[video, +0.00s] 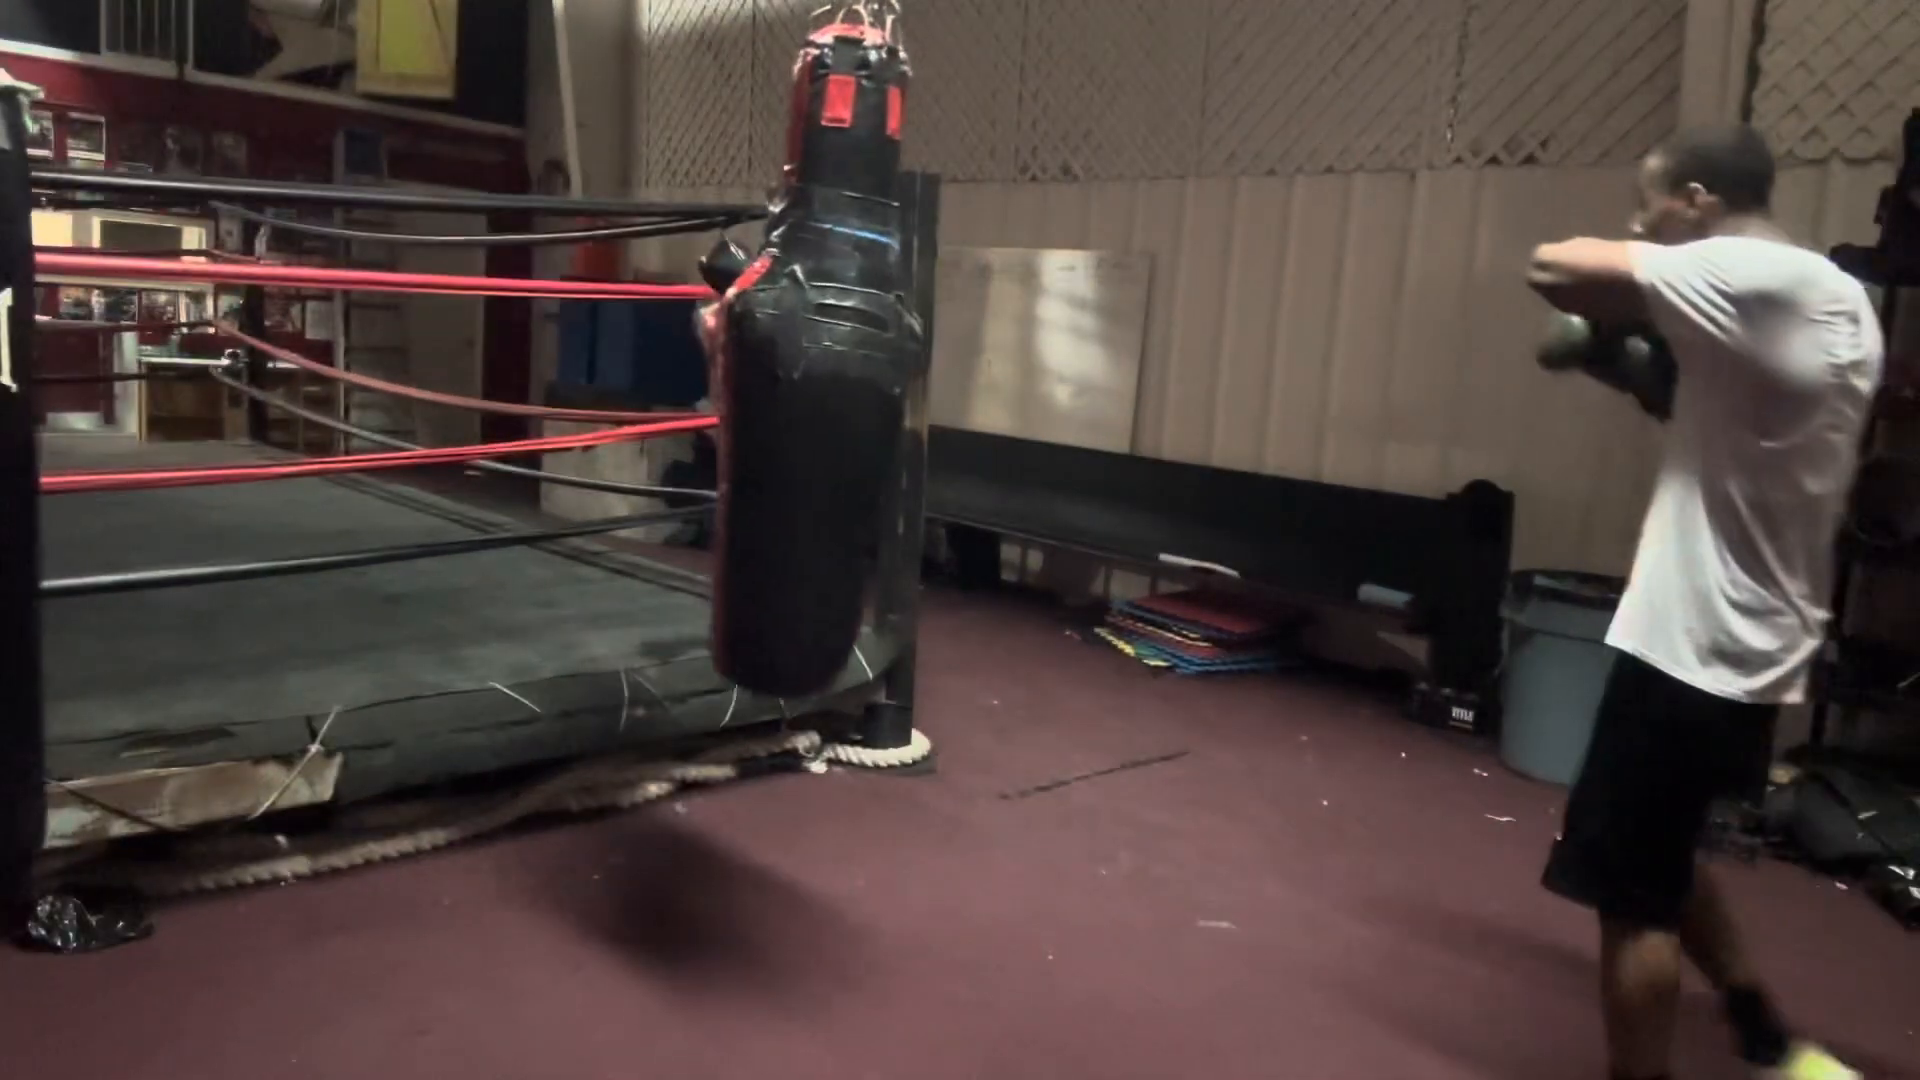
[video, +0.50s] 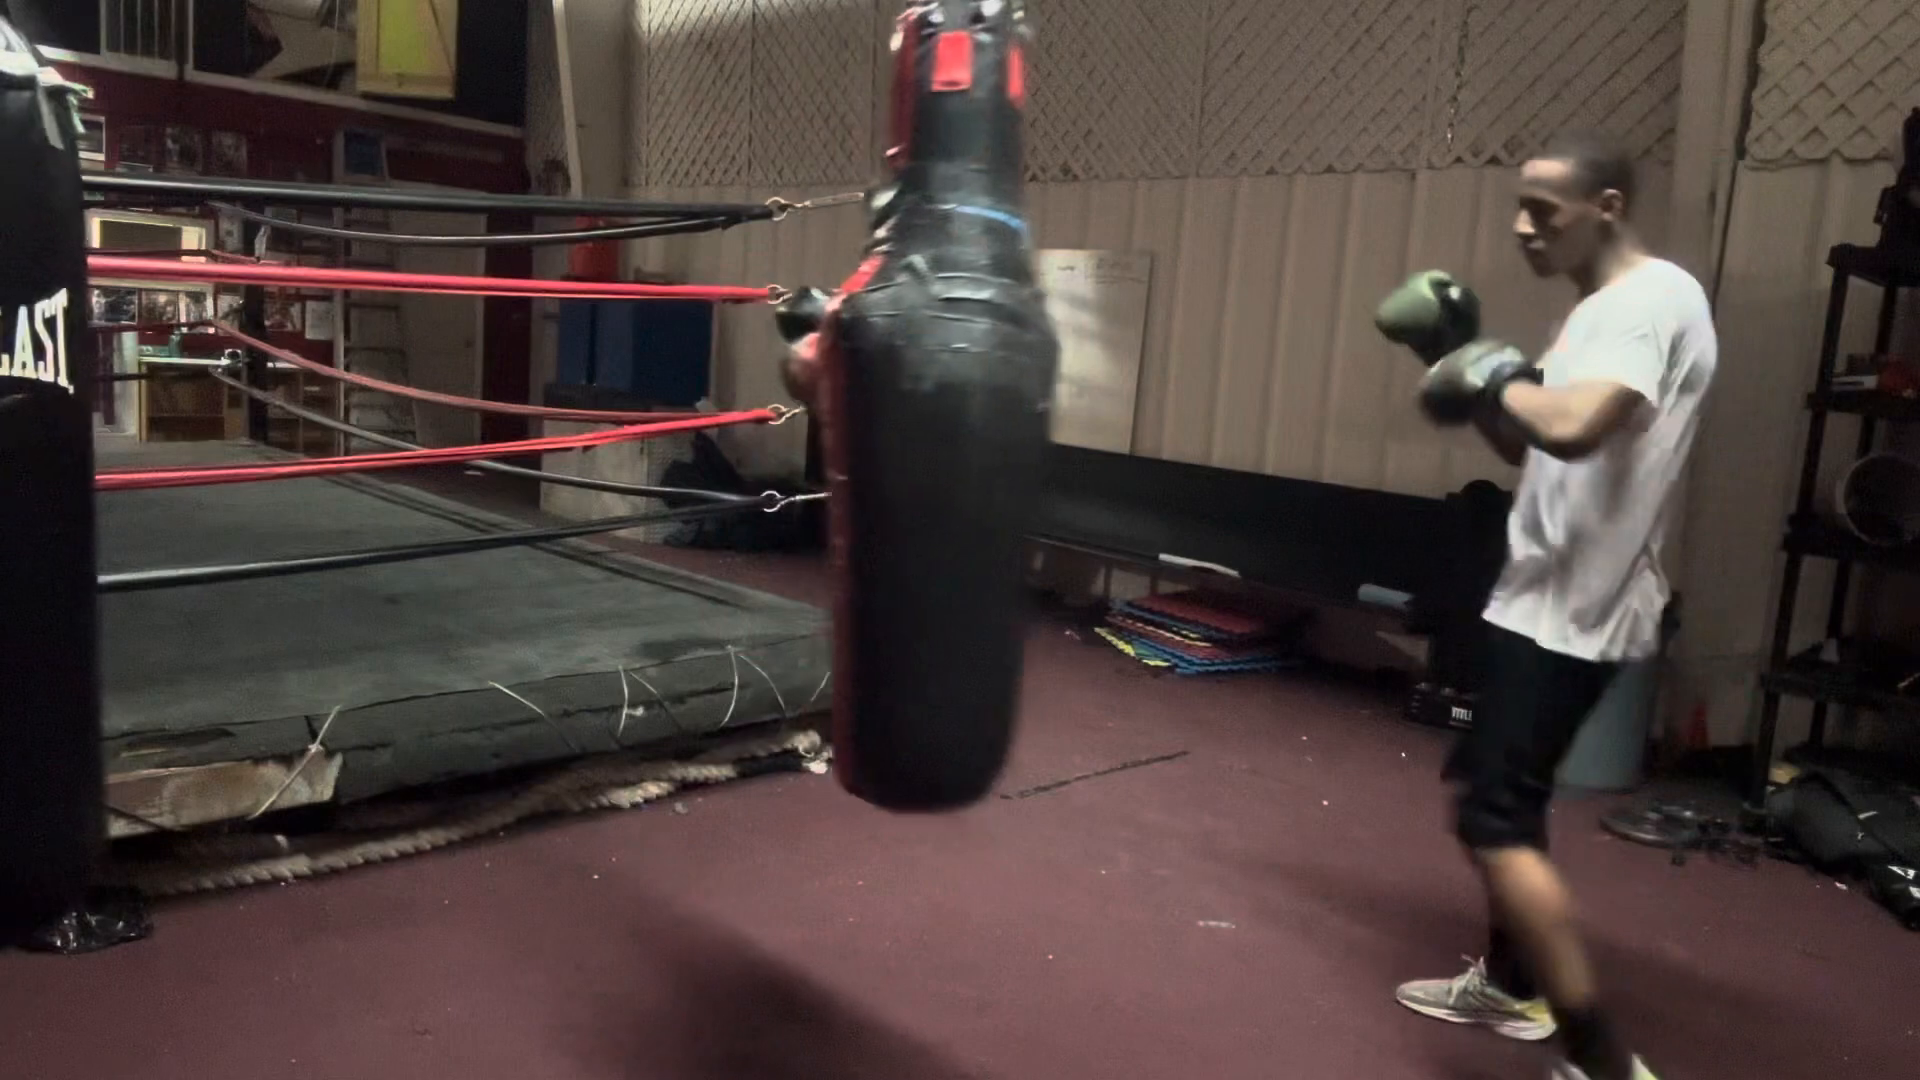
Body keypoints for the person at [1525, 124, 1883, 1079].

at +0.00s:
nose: (1647, 226)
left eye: (1654, 210)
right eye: (1647, 210)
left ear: (1698, 201)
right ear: (1755, 201)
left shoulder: (1743, 275)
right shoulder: (1848, 297)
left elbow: (1551, 262)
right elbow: (1741, 401)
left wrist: (1631, 304)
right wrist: (1628, 361)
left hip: (1689, 651)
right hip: (1757, 652)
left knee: (1633, 890)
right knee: (1661, 857)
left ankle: (1638, 1073)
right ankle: (1769, 1043)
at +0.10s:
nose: (1624, 217)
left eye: (1632, 200)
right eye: (1625, 200)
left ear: (1676, 196)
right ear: (1720, 195)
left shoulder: (1729, 268)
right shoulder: (1809, 289)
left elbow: (1535, 255)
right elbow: (1707, 394)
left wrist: (1621, 260)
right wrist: (1599, 344)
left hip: (1675, 632)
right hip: (1727, 630)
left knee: (1631, 881)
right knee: (1619, 850)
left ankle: (1638, 1070)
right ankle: (1690, 1035)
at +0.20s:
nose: (1594, 221)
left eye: (1604, 206)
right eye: (1595, 206)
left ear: (1655, 204)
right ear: (1675, 204)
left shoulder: (1726, 273)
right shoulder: (1766, 285)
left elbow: (1520, 258)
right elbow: (1661, 416)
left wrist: (1597, 254)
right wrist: (1577, 340)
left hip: (1666, 626)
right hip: (1651, 613)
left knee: (1641, 871)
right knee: (1559, 809)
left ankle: (1642, 1063)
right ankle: (1566, 999)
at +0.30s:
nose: (1563, 227)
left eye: (1575, 211)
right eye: (1565, 211)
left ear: (1633, 215)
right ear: (1642, 218)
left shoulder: (1714, 290)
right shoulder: (1657, 304)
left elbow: (1508, 289)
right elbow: (1604, 443)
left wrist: (1492, 314)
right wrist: (1529, 375)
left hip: (1643, 633)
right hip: (1577, 616)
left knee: (1621, 868)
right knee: (1523, 799)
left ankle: (1638, 1068)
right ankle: (1508, 986)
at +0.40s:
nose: (1542, 231)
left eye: (1559, 213)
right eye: (1542, 211)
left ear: (1624, 217)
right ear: (1618, 222)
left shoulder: (1682, 297)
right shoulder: (1627, 306)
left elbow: (1530, 365)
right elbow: (1563, 450)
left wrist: (1487, 342)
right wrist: (1481, 361)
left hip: (1609, 626)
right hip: (1552, 611)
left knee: (1569, 852)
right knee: (1507, 803)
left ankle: (1623, 1064)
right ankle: (1509, 986)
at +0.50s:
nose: (1521, 225)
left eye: (1541, 209)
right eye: (1520, 206)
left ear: (1604, 210)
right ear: (1589, 215)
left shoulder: (1656, 297)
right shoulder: (1597, 308)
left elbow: (1578, 421)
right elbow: (1548, 459)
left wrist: (1491, 369)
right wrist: (1478, 405)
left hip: (1576, 614)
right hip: (1542, 600)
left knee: (1491, 814)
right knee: (1496, 794)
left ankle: (1604, 1060)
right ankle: (1509, 985)